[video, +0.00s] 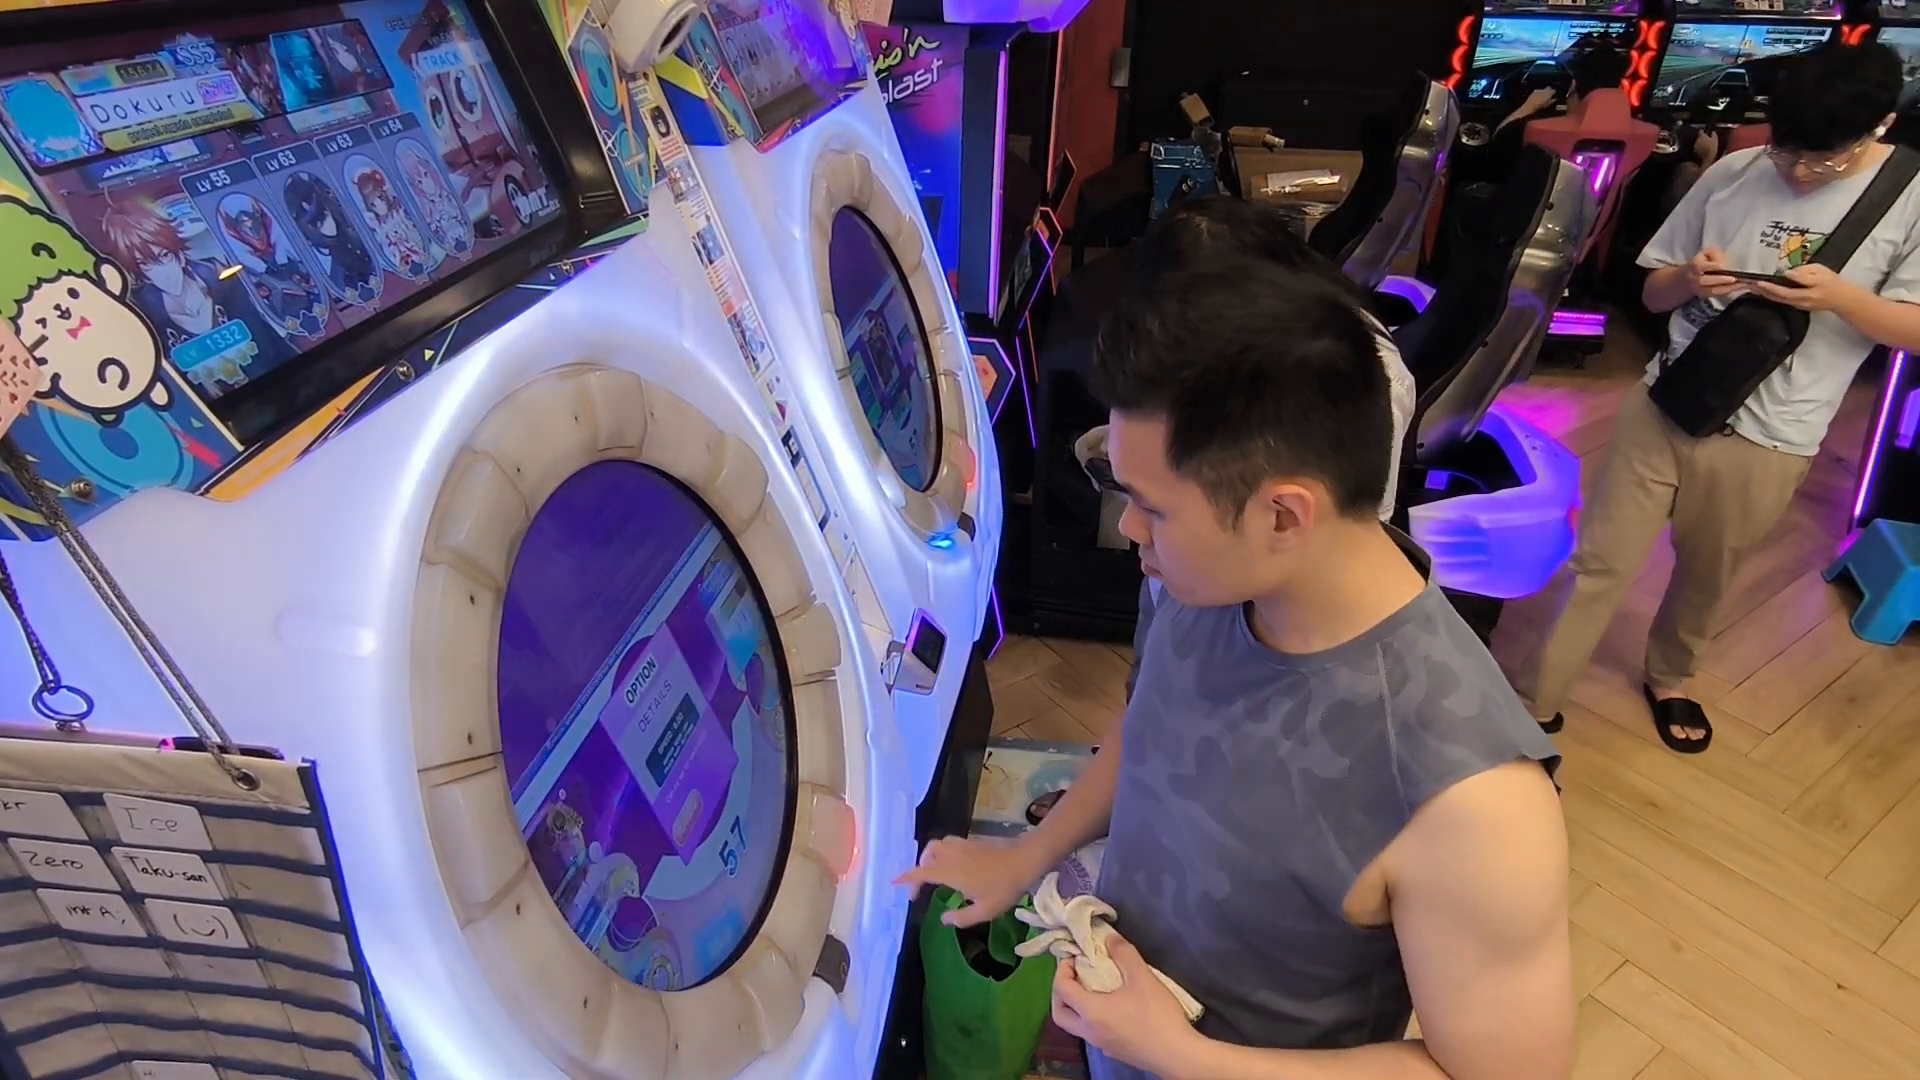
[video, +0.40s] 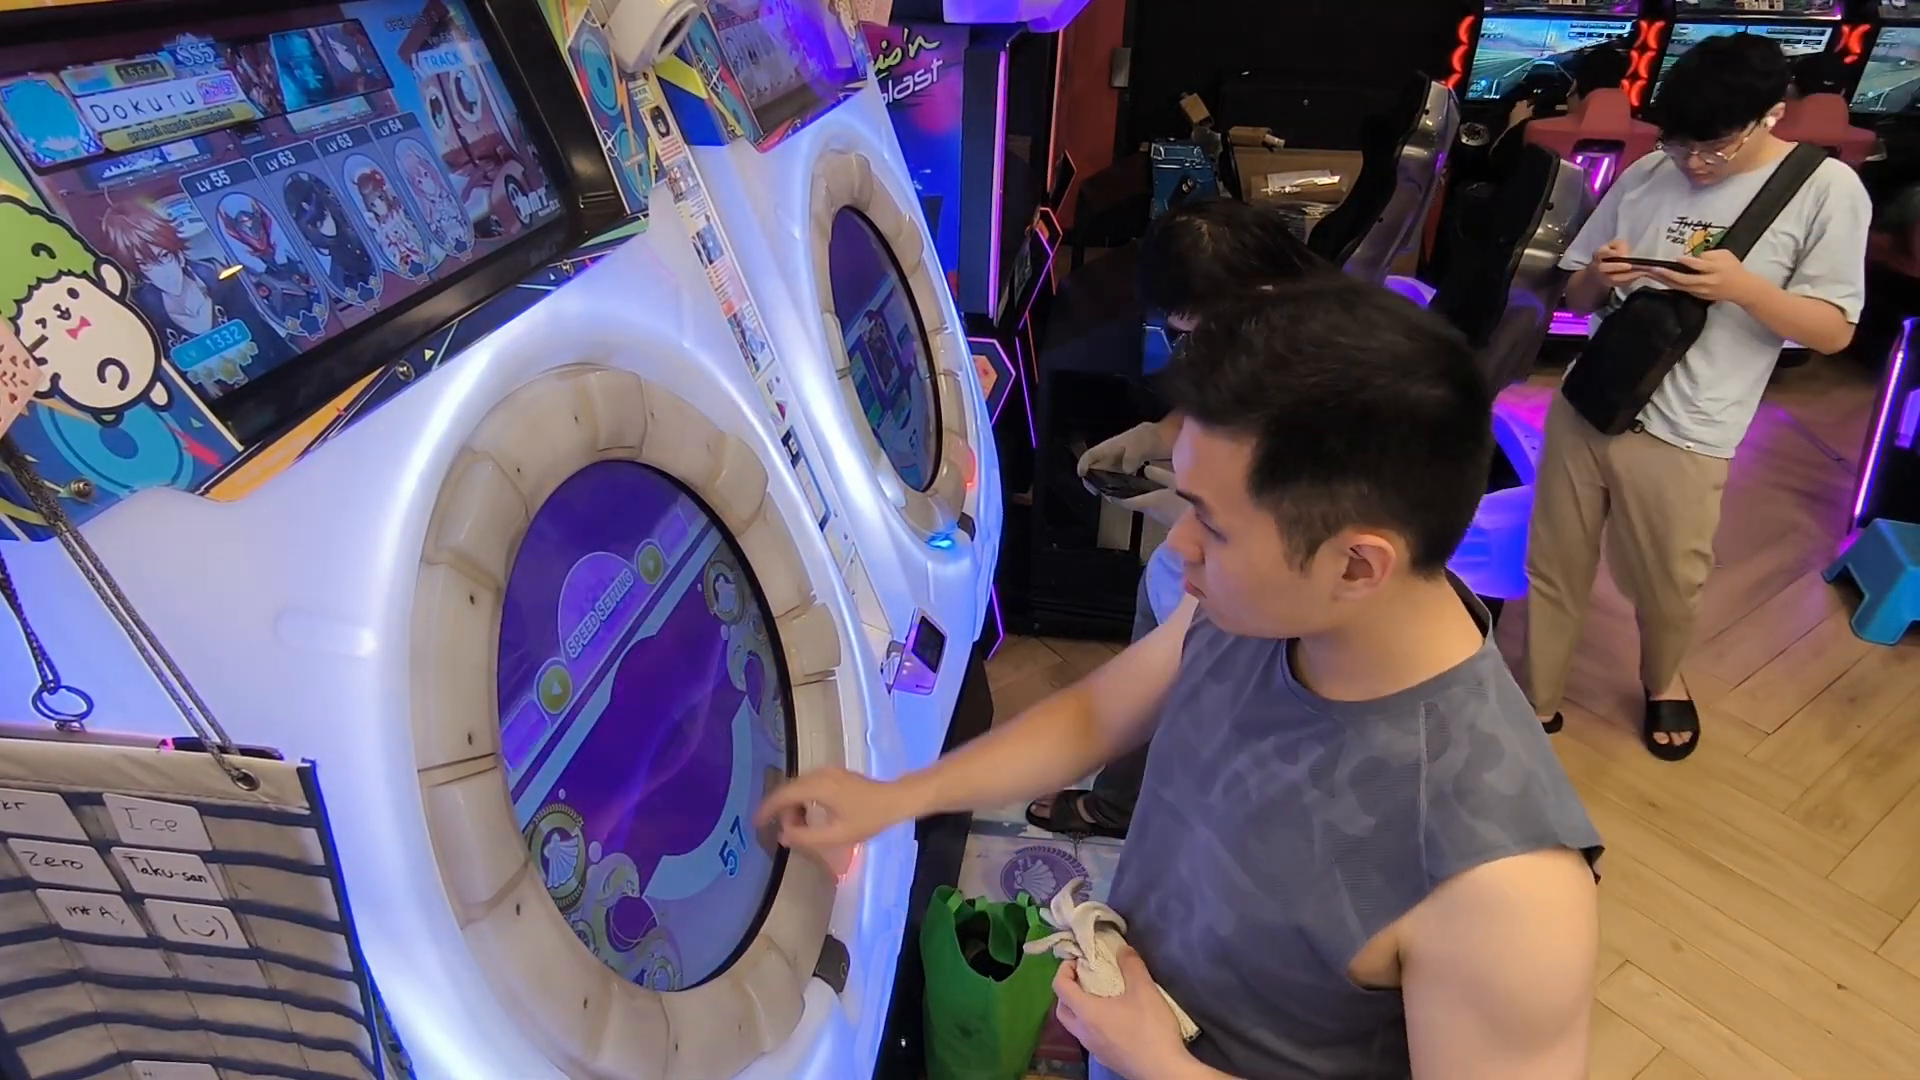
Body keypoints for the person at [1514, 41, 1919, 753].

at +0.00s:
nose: (1798, 168)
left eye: (1821, 157)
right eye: (1788, 146)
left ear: (1871, 135)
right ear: (1777, 120)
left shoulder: (1907, 198)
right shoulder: (1736, 172)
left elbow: (1915, 329)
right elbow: (1650, 293)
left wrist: (1841, 297)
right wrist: (1689, 277)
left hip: (1768, 440)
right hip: (1666, 403)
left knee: (1710, 573)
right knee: (1597, 560)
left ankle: (1669, 676)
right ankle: (1538, 708)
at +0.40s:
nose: (1691, 158)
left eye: (1711, 146)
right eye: (1680, 141)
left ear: (1766, 119)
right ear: (1669, 115)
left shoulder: (1829, 191)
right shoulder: (1652, 167)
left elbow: (1834, 330)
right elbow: (1572, 294)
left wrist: (1744, 289)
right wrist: (1597, 278)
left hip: (1686, 437)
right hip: (1589, 404)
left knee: (1669, 585)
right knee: (1554, 568)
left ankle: (1665, 688)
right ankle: (1538, 700)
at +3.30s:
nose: (1546, 145)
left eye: (1566, 127)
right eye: (1536, 125)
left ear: (1628, 106)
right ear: (1525, 108)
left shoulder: (1681, 195)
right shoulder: (1517, 173)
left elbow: (1666, 346)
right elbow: (1452, 302)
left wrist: (1578, 275)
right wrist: (1450, 264)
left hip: (1552, 451)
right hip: (1460, 413)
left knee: (1508, 616)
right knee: (1417, 588)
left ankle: (1491, 751)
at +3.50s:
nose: (1558, 146)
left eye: (1579, 128)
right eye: (1551, 125)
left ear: (1645, 110)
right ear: (1543, 109)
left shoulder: (1700, 201)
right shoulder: (1539, 176)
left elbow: (1679, 357)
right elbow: (1470, 304)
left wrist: (1587, 282)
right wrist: (1462, 268)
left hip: (1566, 463)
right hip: (1474, 424)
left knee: (1516, 625)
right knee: (1427, 597)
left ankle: (1489, 756)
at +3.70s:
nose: (1534, 138)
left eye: (1554, 120)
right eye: (1530, 118)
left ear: (1621, 111)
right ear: (1526, 106)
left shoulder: (1682, 203)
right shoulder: (1531, 176)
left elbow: (1663, 357)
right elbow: (1474, 299)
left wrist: (1560, 281)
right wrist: (1450, 267)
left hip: (1561, 464)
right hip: (1471, 423)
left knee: (1512, 628)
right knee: (1421, 599)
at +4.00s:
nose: (1443, 124)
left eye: (1463, 108)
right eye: (1438, 107)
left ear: (1523, 103)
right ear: (1430, 102)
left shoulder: (1592, 191)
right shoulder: (1449, 180)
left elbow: (1584, 339)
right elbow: (1415, 295)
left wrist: (1476, 272)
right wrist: (1382, 266)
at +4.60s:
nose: (1384, 118)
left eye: (1405, 102)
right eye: (1377, 101)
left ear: (1459, 98)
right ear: (1369, 98)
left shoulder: (1518, 180)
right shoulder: (1376, 167)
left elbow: (1521, 324)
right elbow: (1333, 287)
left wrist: (1421, 269)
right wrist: (1316, 259)